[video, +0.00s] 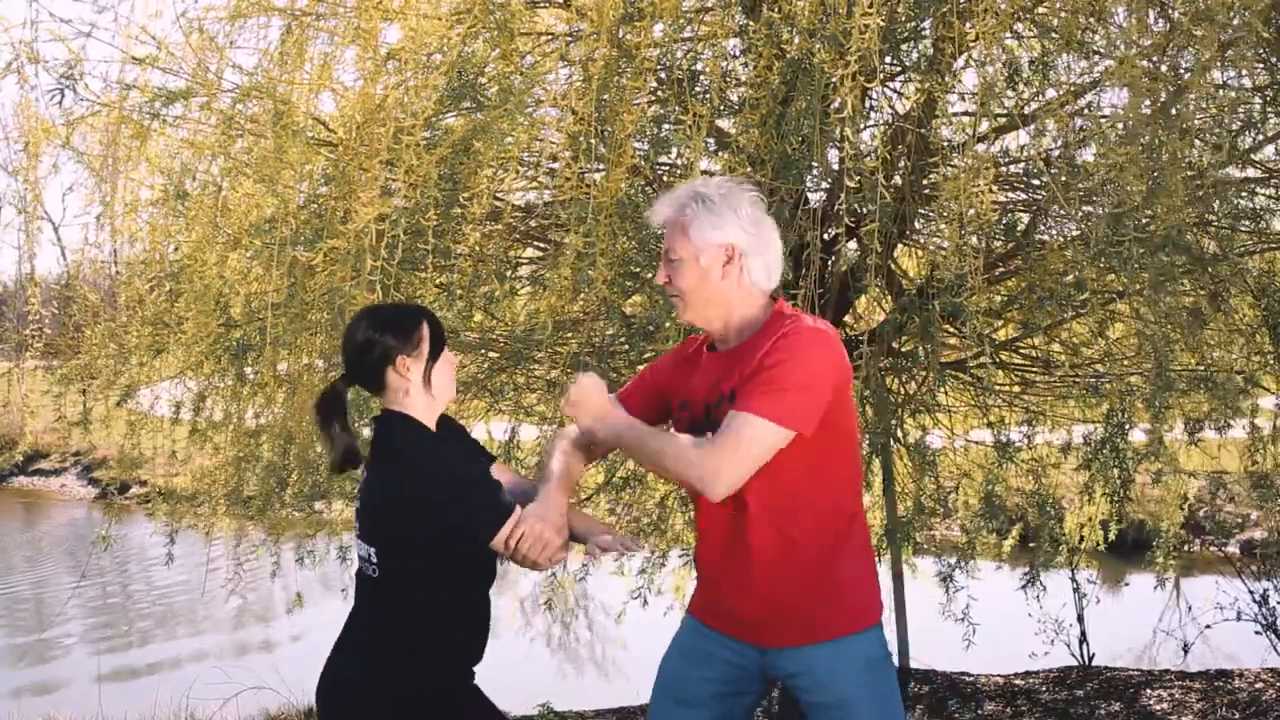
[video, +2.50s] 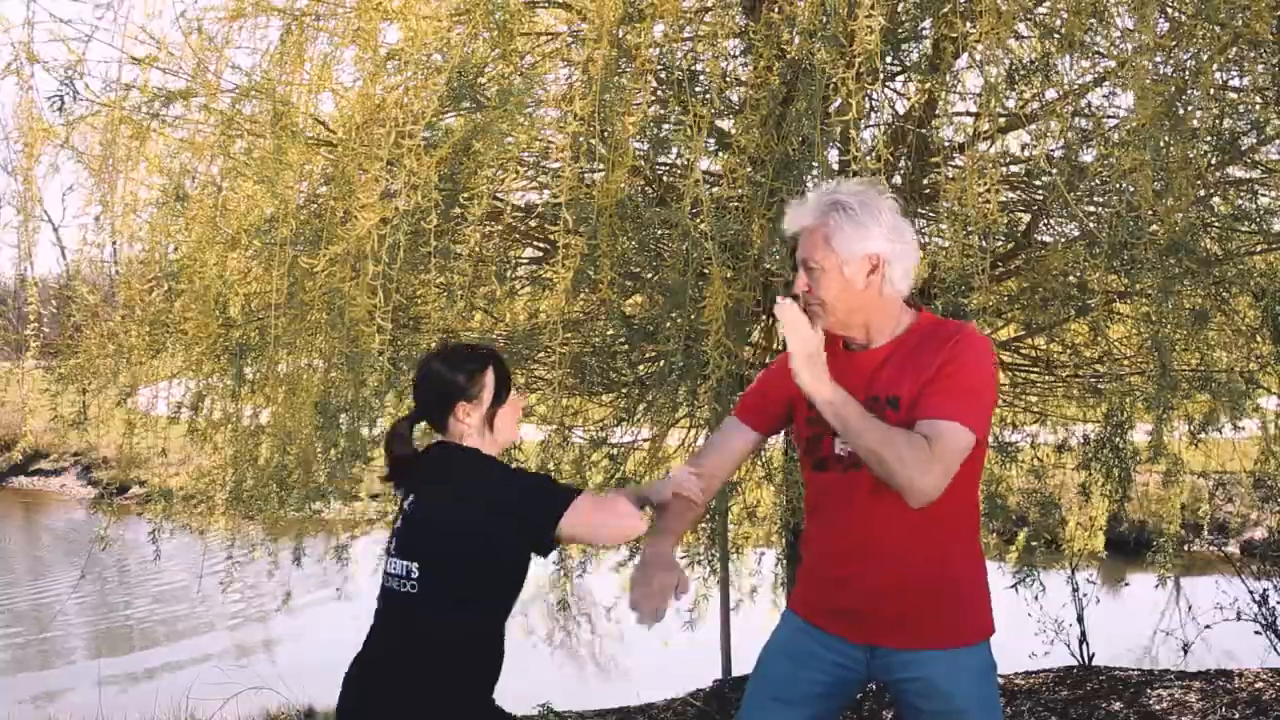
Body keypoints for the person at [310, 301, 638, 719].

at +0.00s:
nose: (454, 359)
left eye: (447, 346)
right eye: (443, 348)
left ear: (401, 368)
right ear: (407, 366)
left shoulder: (434, 429)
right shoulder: (427, 465)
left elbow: (515, 488)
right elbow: (539, 548)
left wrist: (588, 529)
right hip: (414, 695)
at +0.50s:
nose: (472, 360)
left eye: (464, 347)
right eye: (459, 349)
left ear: (421, 370)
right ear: (423, 368)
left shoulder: (448, 431)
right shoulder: (435, 468)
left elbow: (529, 496)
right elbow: (544, 560)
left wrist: (590, 542)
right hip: (421, 697)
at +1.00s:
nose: (439, 359)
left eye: (434, 346)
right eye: (429, 347)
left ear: (380, 362)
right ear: (389, 362)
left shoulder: (336, 436)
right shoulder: (430, 459)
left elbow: (392, 470)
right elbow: (548, 529)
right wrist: (606, 503)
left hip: (307, 686)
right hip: (397, 693)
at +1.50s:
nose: (390, 357)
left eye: (384, 344)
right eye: (378, 345)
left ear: (324, 365)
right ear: (333, 362)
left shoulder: (283, 432)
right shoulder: (359, 452)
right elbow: (493, 493)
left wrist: (400, 437)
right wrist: (529, 398)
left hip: (267, 682)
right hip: (348, 689)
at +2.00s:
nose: (431, 382)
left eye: (428, 368)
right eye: (424, 368)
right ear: (382, 372)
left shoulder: (312, 446)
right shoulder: (407, 454)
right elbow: (539, 499)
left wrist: (436, 432)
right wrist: (504, 436)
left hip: (300, 687)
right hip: (390, 688)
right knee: (482, 712)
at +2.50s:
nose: (522, 401)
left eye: (514, 390)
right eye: (508, 392)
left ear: (462, 416)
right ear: (466, 414)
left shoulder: (428, 473)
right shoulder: (496, 487)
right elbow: (618, 523)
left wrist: (649, 493)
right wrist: (649, 495)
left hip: (370, 695)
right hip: (447, 702)